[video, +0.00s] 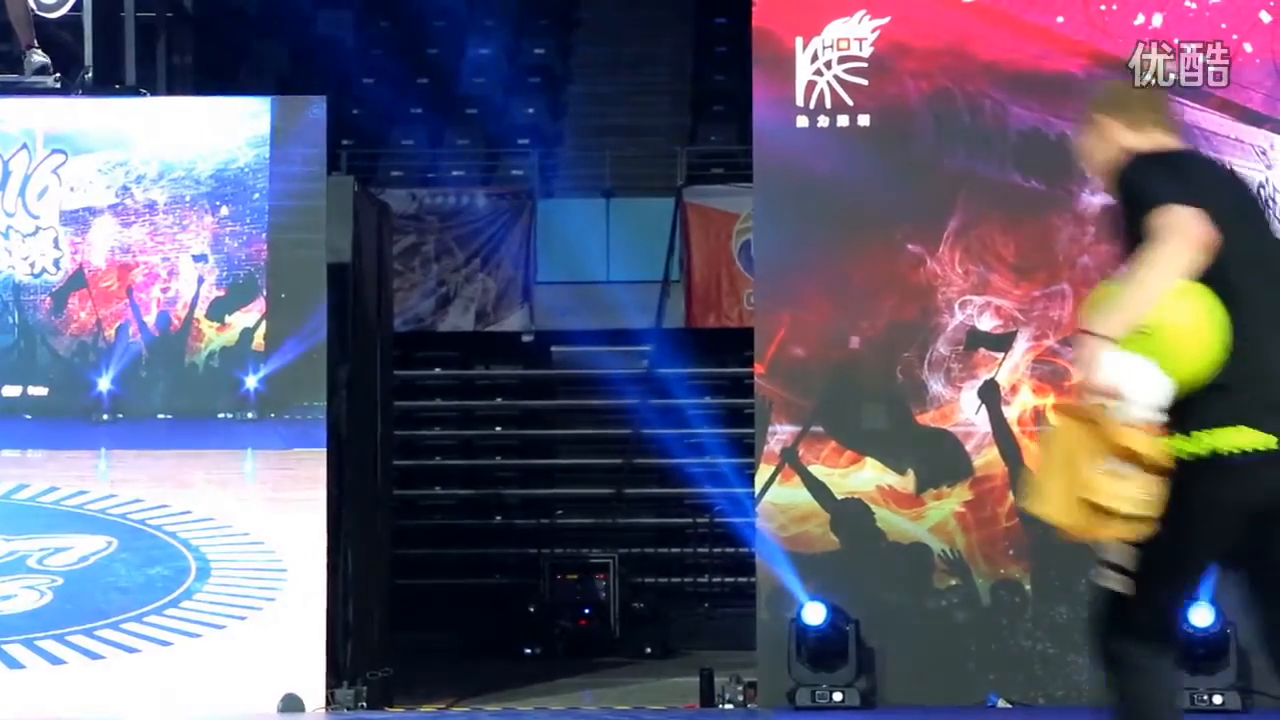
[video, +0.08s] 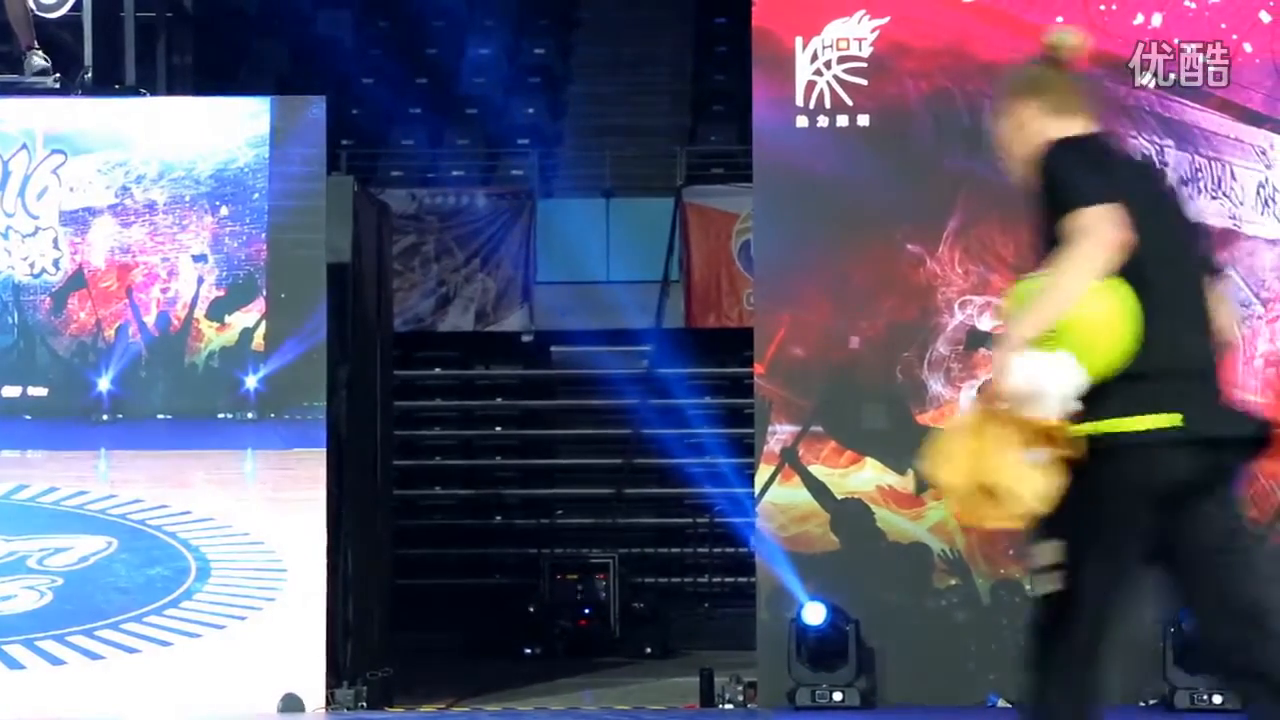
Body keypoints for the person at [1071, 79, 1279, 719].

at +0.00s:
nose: (1086, 155)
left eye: (1088, 139)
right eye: (1083, 141)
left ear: (1114, 128)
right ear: (1162, 125)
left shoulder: (1155, 169)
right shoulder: (1225, 185)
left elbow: (1186, 236)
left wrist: (1098, 330)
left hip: (1219, 455)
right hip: (1268, 452)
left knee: (1136, 625)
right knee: (1269, 628)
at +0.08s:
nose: (1002, 146)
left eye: (1003, 127)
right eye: (999, 130)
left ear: (1030, 113)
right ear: (1076, 106)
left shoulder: (1072, 158)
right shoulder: (1148, 180)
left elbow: (1102, 237)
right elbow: (1221, 321)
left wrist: (1012, 340)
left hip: (1128, 447)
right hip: (1197, 443)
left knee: (1077, 641)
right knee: (1248, 629)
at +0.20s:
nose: (883, 176)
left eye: (885, 159)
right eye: (884, 160)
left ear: (909, 150)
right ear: (971, 155)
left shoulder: (942, 212)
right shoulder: (1033, 220)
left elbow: (967, 294)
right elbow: (1128, 330)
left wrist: (875, 395)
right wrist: (1076, 409)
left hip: (1001, 487)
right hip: (1080, 482)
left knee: (946, 675)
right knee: (1052, 674)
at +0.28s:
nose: (824, 186)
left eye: (828, 172)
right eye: (825, 173)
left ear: (849, 168)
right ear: (903, 173)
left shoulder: (862, 233)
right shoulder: (973, 239)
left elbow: (871, 312)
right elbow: (1063, 328)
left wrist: (794, 409)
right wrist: (1017, 401)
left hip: (930, 486)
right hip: (1003, 481)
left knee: (908, 676)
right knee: (952, 669)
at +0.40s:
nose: (745, 153)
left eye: (748, 140)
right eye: (746, 140)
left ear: (767, 135)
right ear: (820, 137)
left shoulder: (761, 203)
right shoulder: (888, 210)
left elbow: (732, 294)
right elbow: (944, 302)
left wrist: (672, 387)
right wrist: (916, 386)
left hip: (813, 438)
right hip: (887, 433)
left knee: (854, 618)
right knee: (804, 612)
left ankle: (894, 709)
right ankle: (805, 706)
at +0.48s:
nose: (692, 144)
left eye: (695, 132)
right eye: (695, 133)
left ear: (709, 133)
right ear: (770, 140)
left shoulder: (691, 204)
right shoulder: (824, 213)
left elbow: (653, 296)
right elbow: (871, 322)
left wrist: (602, 389)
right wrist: (849, 411)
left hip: (733, 432)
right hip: (813, 433)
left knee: (755, 610)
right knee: (745, 607)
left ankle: (842, 707)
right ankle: (723, 707)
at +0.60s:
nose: (611, 192)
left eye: (616, 181)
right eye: (616, 179)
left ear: (629, 185)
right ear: (687, 198)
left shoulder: (601, 250)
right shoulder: (728, 276)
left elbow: (556, 334)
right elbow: (767, 396)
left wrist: (503, 422)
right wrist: (738, 445)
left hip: (628, 489)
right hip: (711, 488)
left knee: (624, 666)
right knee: (654, 664)